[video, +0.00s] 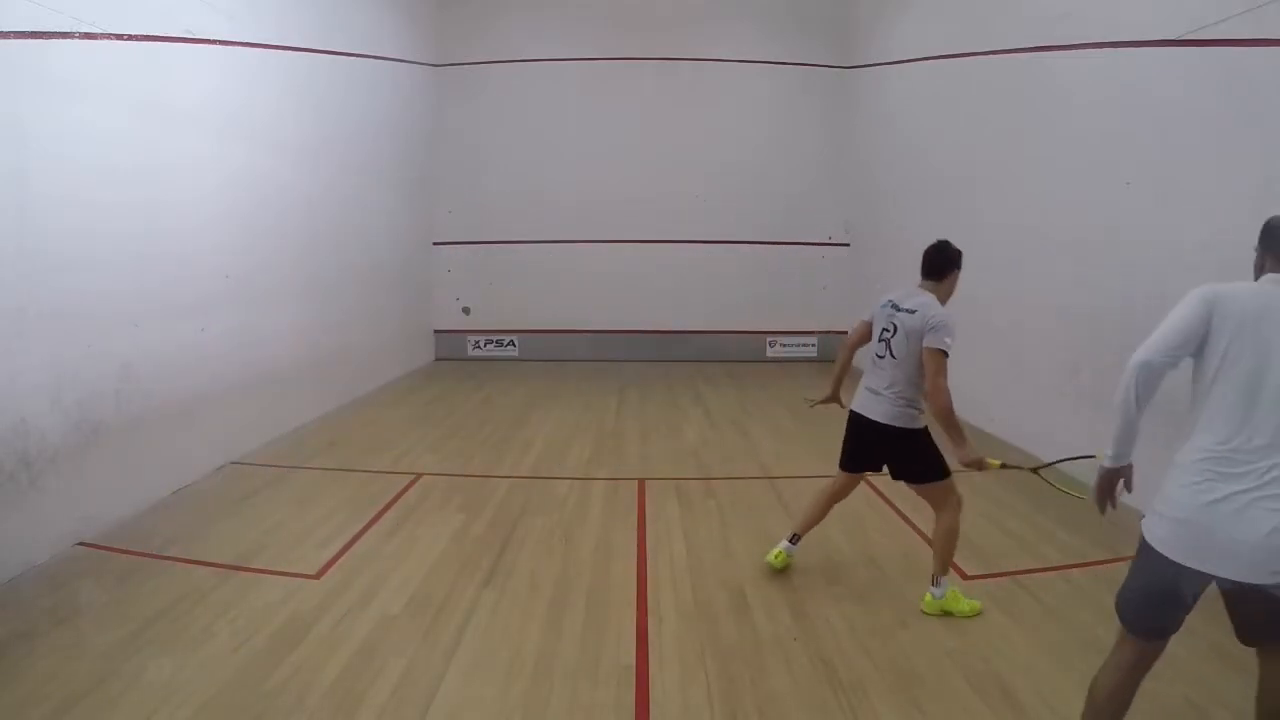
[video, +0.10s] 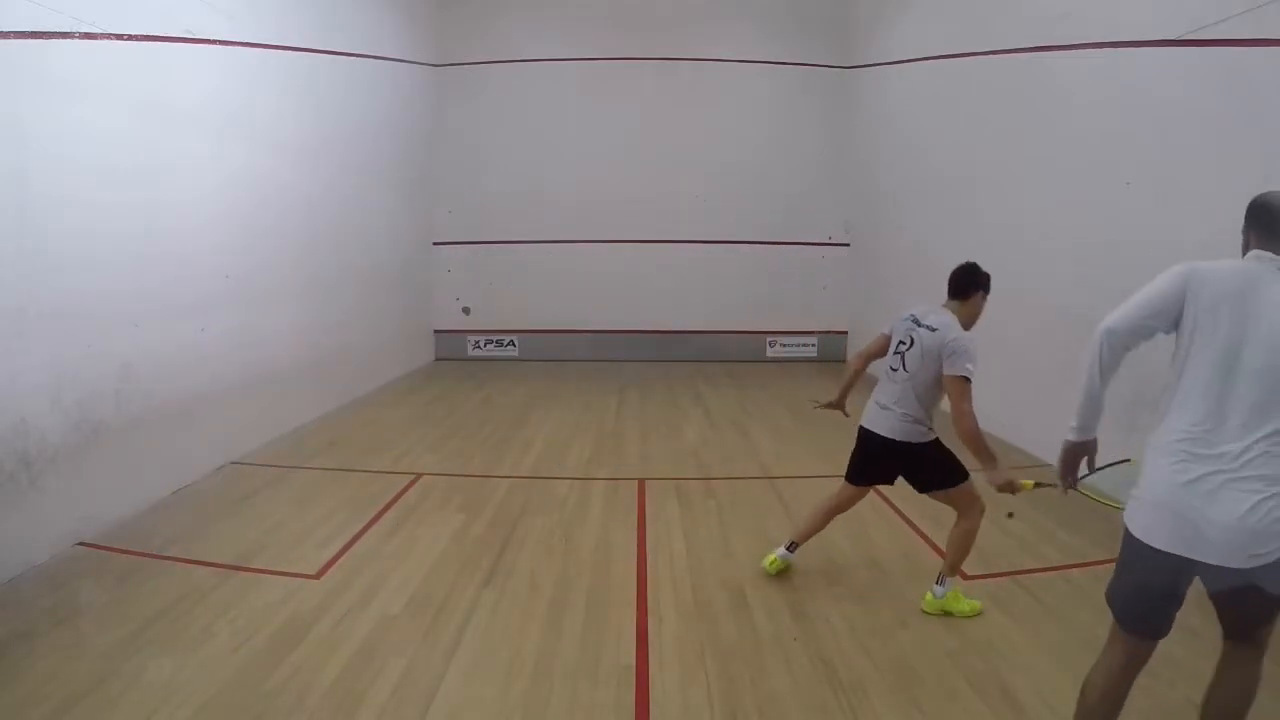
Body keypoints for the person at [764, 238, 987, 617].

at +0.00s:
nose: (956, 284)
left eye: (957, 278)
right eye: (957, 277)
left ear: (922, 271)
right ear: (950, 276)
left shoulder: (889, 302)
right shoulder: (937, 317)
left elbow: (850, 342)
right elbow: (935, 390)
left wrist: (834, 390)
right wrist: (963, 447)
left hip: (861, 419)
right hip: (902, 430)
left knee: (840, 485)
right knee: (948, 503)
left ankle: (785, 548)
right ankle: (939, 591)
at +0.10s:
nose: (983, 309)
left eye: (984, 301)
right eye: (984, 301)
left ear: (952, 292)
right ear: (975, 298)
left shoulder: (914, 317)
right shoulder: (957, 340)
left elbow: (861, 358)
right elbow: (962, 419)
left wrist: (839, 397)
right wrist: (993, 468)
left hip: (872, 432)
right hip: (912, 442)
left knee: (842, 498)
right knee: (972, 508)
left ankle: (783, 553)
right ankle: (942, 591)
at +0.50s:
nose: (933, 275)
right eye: (939, 271)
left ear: (906, 268)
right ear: (940, 275)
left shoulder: (877, 296)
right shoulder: (945, 327)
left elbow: (833, 333)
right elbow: (943, 400)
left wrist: (804, 381)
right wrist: (920, 430)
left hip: (853, 415)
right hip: (902, 427)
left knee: (823, 486)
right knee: (938, 500)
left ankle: (798, 561)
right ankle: (939, 590)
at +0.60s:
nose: (901, 269)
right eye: (908, 265)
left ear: (875, 266)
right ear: (909, 270)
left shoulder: (851, 298)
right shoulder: (921, 323)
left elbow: (816, 342)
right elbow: (922, 390)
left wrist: (790, 391)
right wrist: (905, 418)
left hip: (836, 419)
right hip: (886, 427)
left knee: (814, 485)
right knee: (920, 501)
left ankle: (798, 565)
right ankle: (936, 589)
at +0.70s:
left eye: (854, 257)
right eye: (879, 259)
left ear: (846, 261)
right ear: (881, 264)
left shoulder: (824, 298)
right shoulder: (895, 315)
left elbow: (793, 348)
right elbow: (905, 381)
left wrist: (780, 391)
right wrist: (893, 418)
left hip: (820, 418)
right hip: (869, 424)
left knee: (799, 485)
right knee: (895, 503)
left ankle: (797, 565)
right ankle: (925, 584)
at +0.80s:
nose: (855, 255)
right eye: (858, 249)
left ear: (826, 252)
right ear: (861, 254)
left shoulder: (804, 289)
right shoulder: (877, 301)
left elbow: (776, 346)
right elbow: (891, 368)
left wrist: (780, 382)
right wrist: (885, 416)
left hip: (807, 408)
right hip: (854, 410)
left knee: (795, 485)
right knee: (877, 489)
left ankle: (797, 565)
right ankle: (891, 568)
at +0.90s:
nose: (843, 248)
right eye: (845, 243)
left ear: (813, 246)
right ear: (847, 248)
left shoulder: (791, 284)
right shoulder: (862, 292)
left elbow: (768, 337)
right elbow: (877, 358)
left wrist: (783, 357)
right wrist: (878, 408)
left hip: (799, 401)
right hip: (843, 402)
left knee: (795, 483)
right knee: (851, 475)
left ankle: (797, 566)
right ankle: (848, 551)